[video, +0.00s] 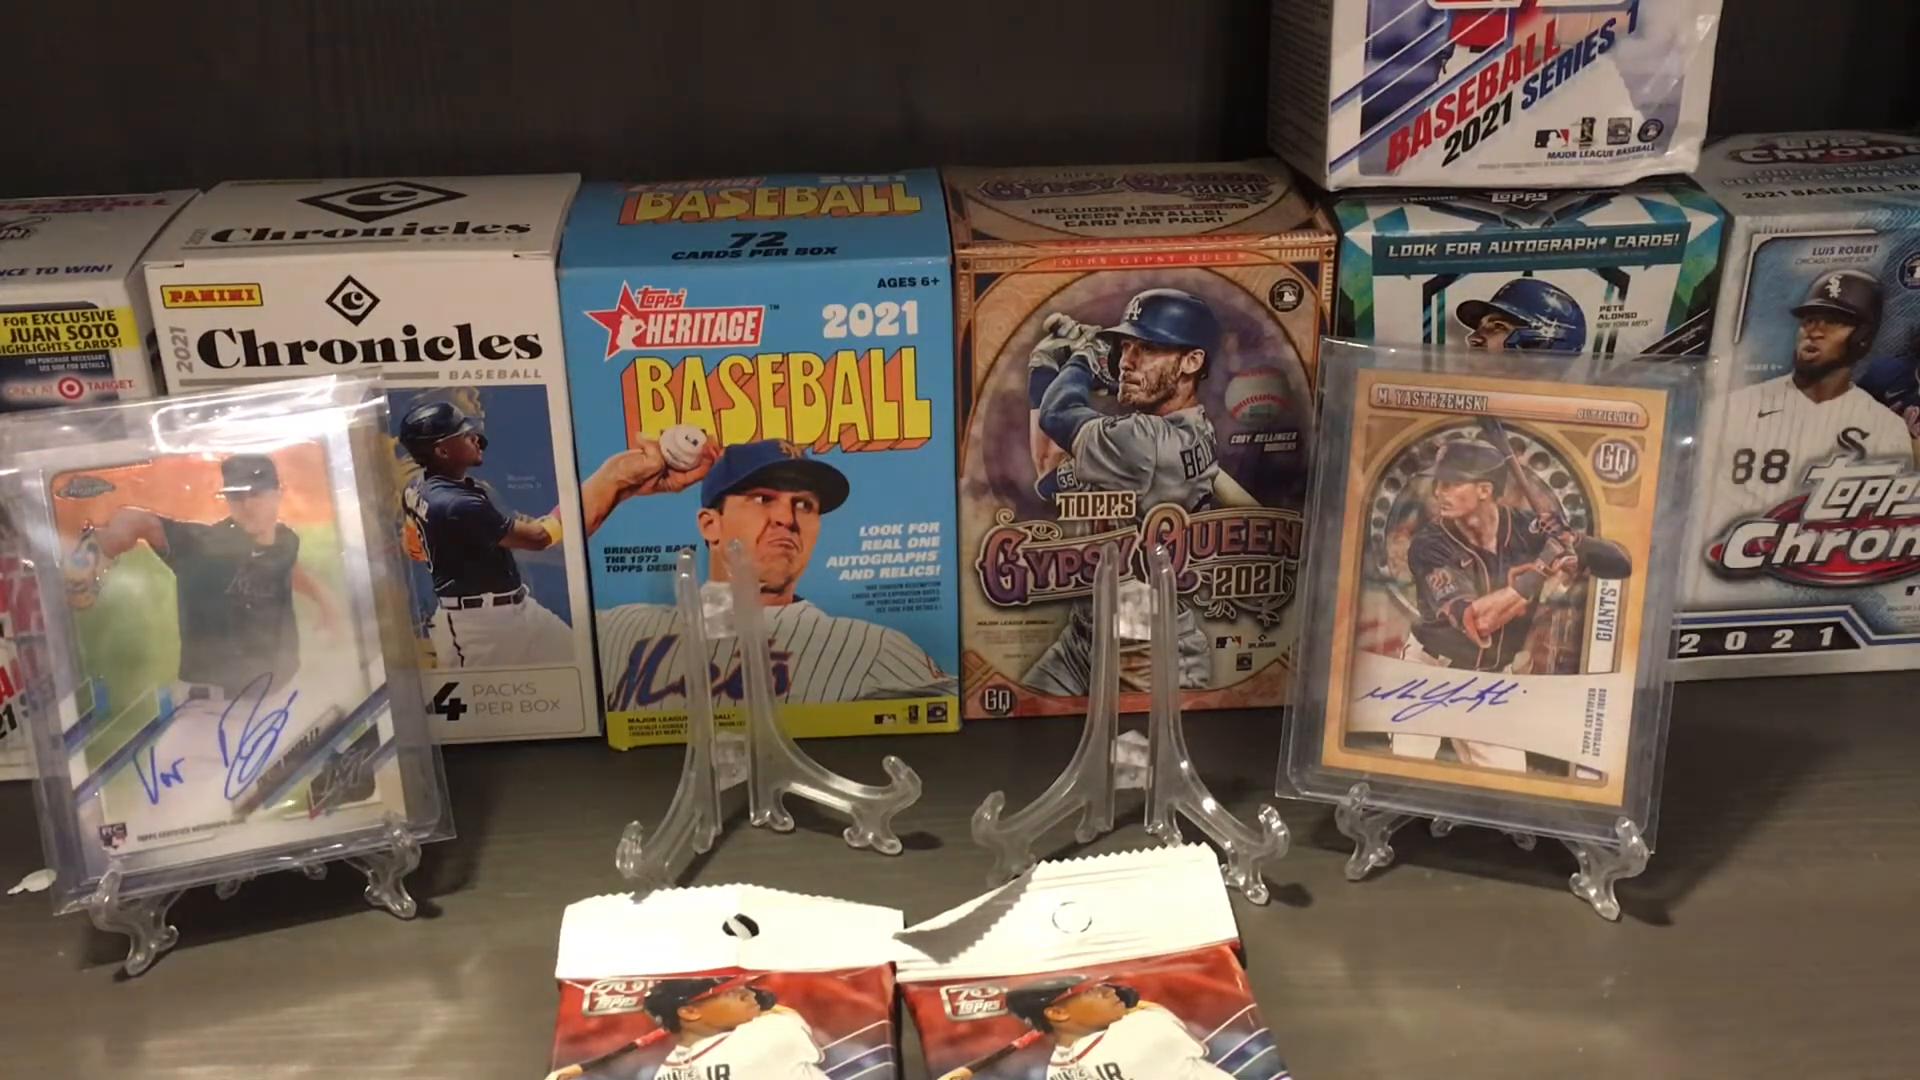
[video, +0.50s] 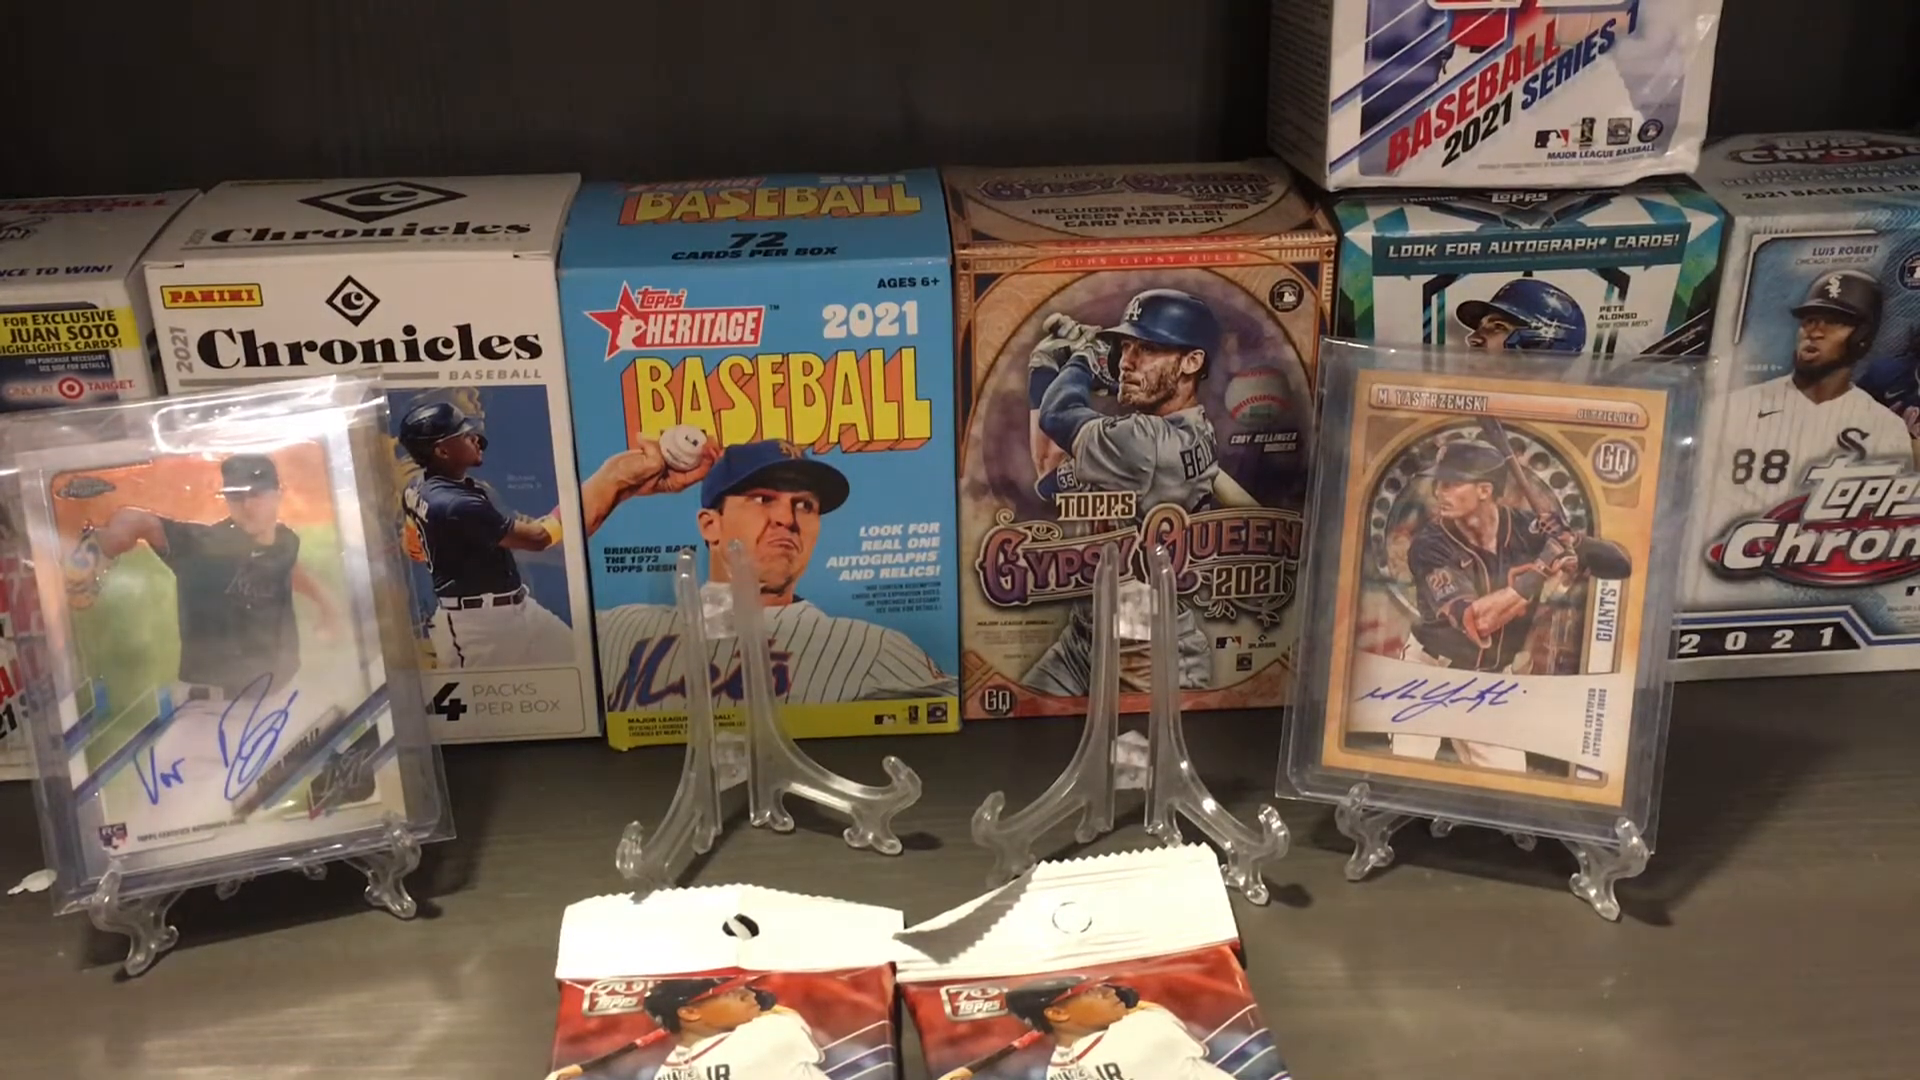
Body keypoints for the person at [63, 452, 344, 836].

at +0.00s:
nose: (248, 505)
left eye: (258, 492)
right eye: (237, 496)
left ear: (278, 495)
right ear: (227, 501)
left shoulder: (287, 542)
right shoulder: (198, 543)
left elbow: (288, 571)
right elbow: (135, 517)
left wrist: (323, 600)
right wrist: (105, 546)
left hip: (278, 702)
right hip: (210, 708)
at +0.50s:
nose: (247, 506)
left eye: (256, 494)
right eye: (236, 497)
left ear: (277, 495)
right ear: (226, 500)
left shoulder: (286, 542)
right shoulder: (198, 543)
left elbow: (287, 571)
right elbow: (134, 518)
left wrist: (325, 602)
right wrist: (99, 552)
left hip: (278, 702)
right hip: (211, 707)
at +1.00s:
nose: (247, 505)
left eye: (256, 493)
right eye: (236, 497)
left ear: (278, 495)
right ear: (226, 501)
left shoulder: (286, 543)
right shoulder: (200, 544)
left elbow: (287, 571)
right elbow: (134, 521)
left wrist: (324, 602)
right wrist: (101, 548)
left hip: (276, 697)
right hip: (214, 703)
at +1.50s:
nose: (254, 507)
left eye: (260, 496)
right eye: (244, 498)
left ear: (277, 495)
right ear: (231, 501)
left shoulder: (285, 542)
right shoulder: (199, 543)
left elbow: (291, 569)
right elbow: (138, 521)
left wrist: (323, 600)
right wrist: (106, 542)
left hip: (276, 694)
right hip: (214, 699)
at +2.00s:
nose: (250, 507)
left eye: (258, 496)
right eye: (239, 499)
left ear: (276, 495)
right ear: (228, 501)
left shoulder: (286, 541)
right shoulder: (202, 542)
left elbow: (292, 570)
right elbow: (141, 524)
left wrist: (322, 601)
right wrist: (104, 543)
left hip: (275, 683)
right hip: (215, 689)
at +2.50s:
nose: (249, 506)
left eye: (258, 496)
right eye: (239, 498)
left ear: (276, 495)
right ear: (228, 502)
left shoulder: (286, 541)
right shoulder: (202, 542)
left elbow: (291, 570)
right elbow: (144, 524)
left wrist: (322, 602)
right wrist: (110, 536)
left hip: (275, 685)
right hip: (215, 691)